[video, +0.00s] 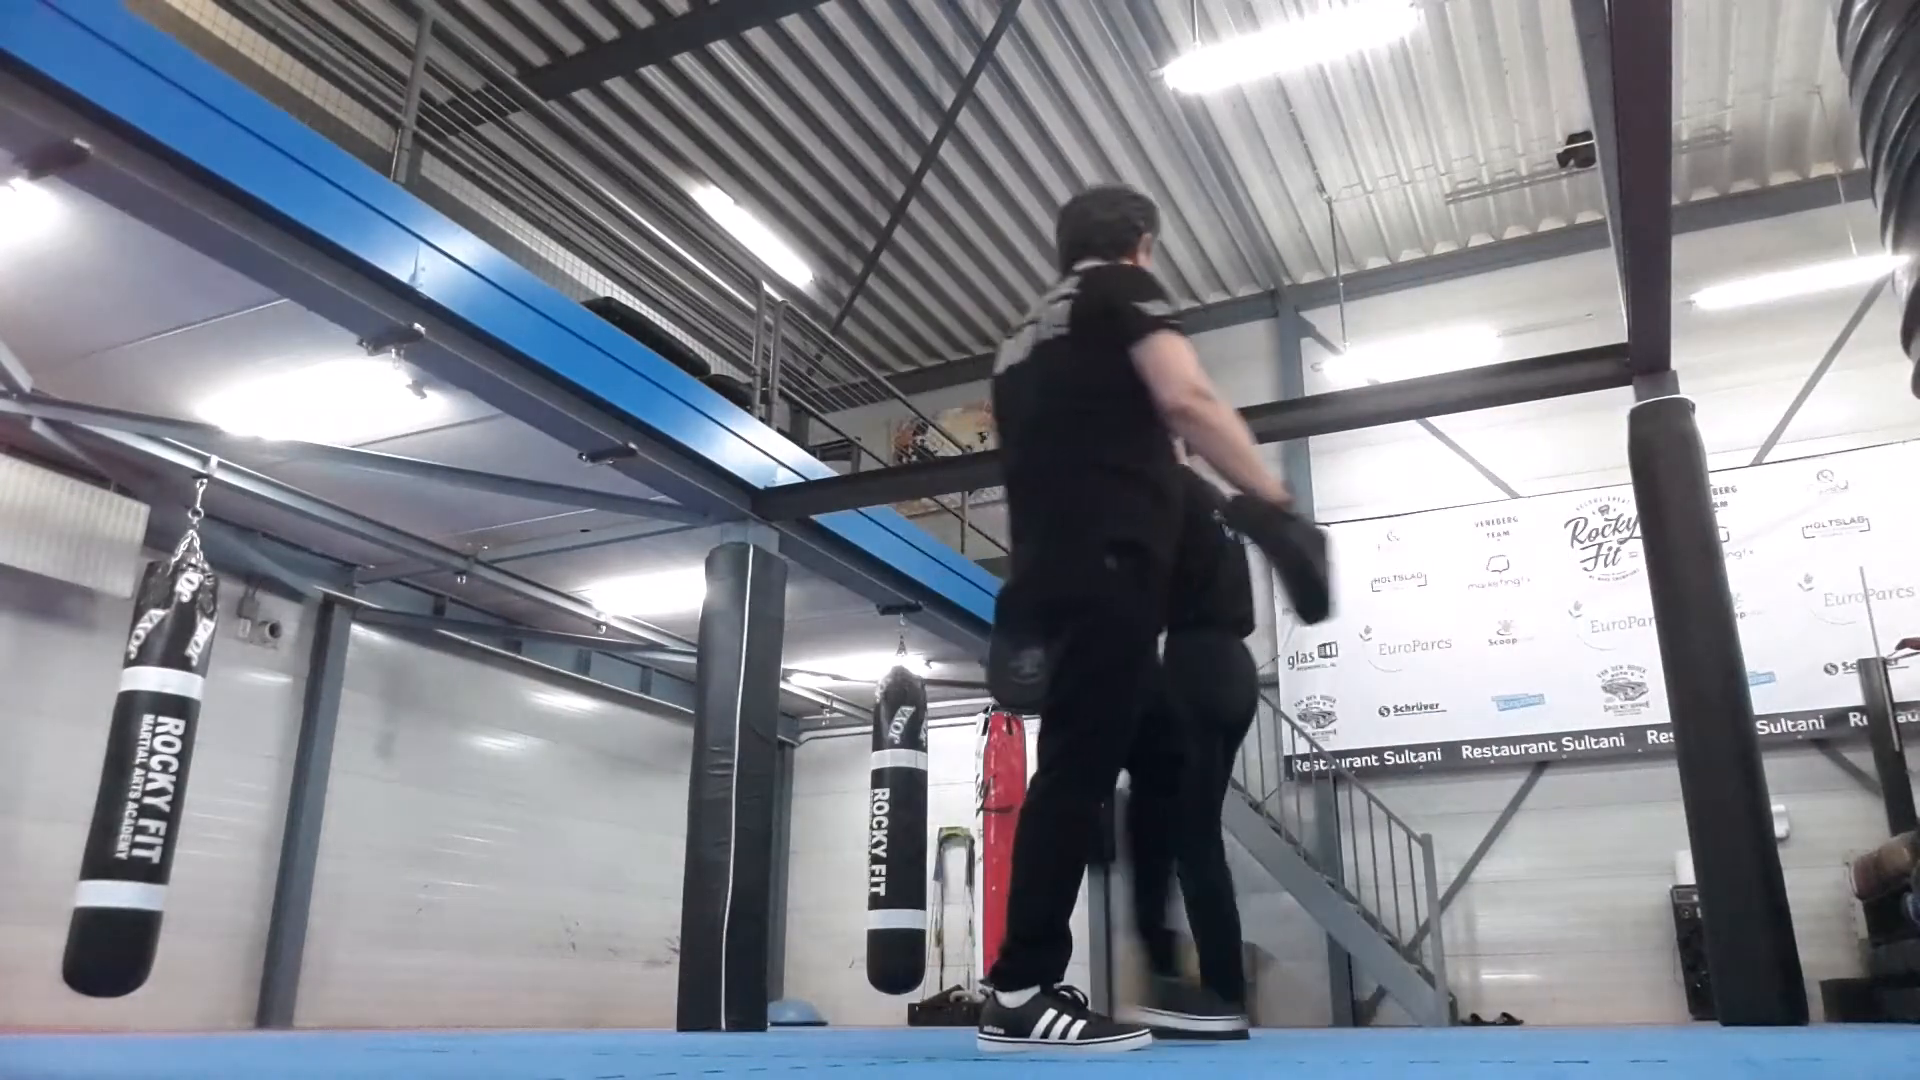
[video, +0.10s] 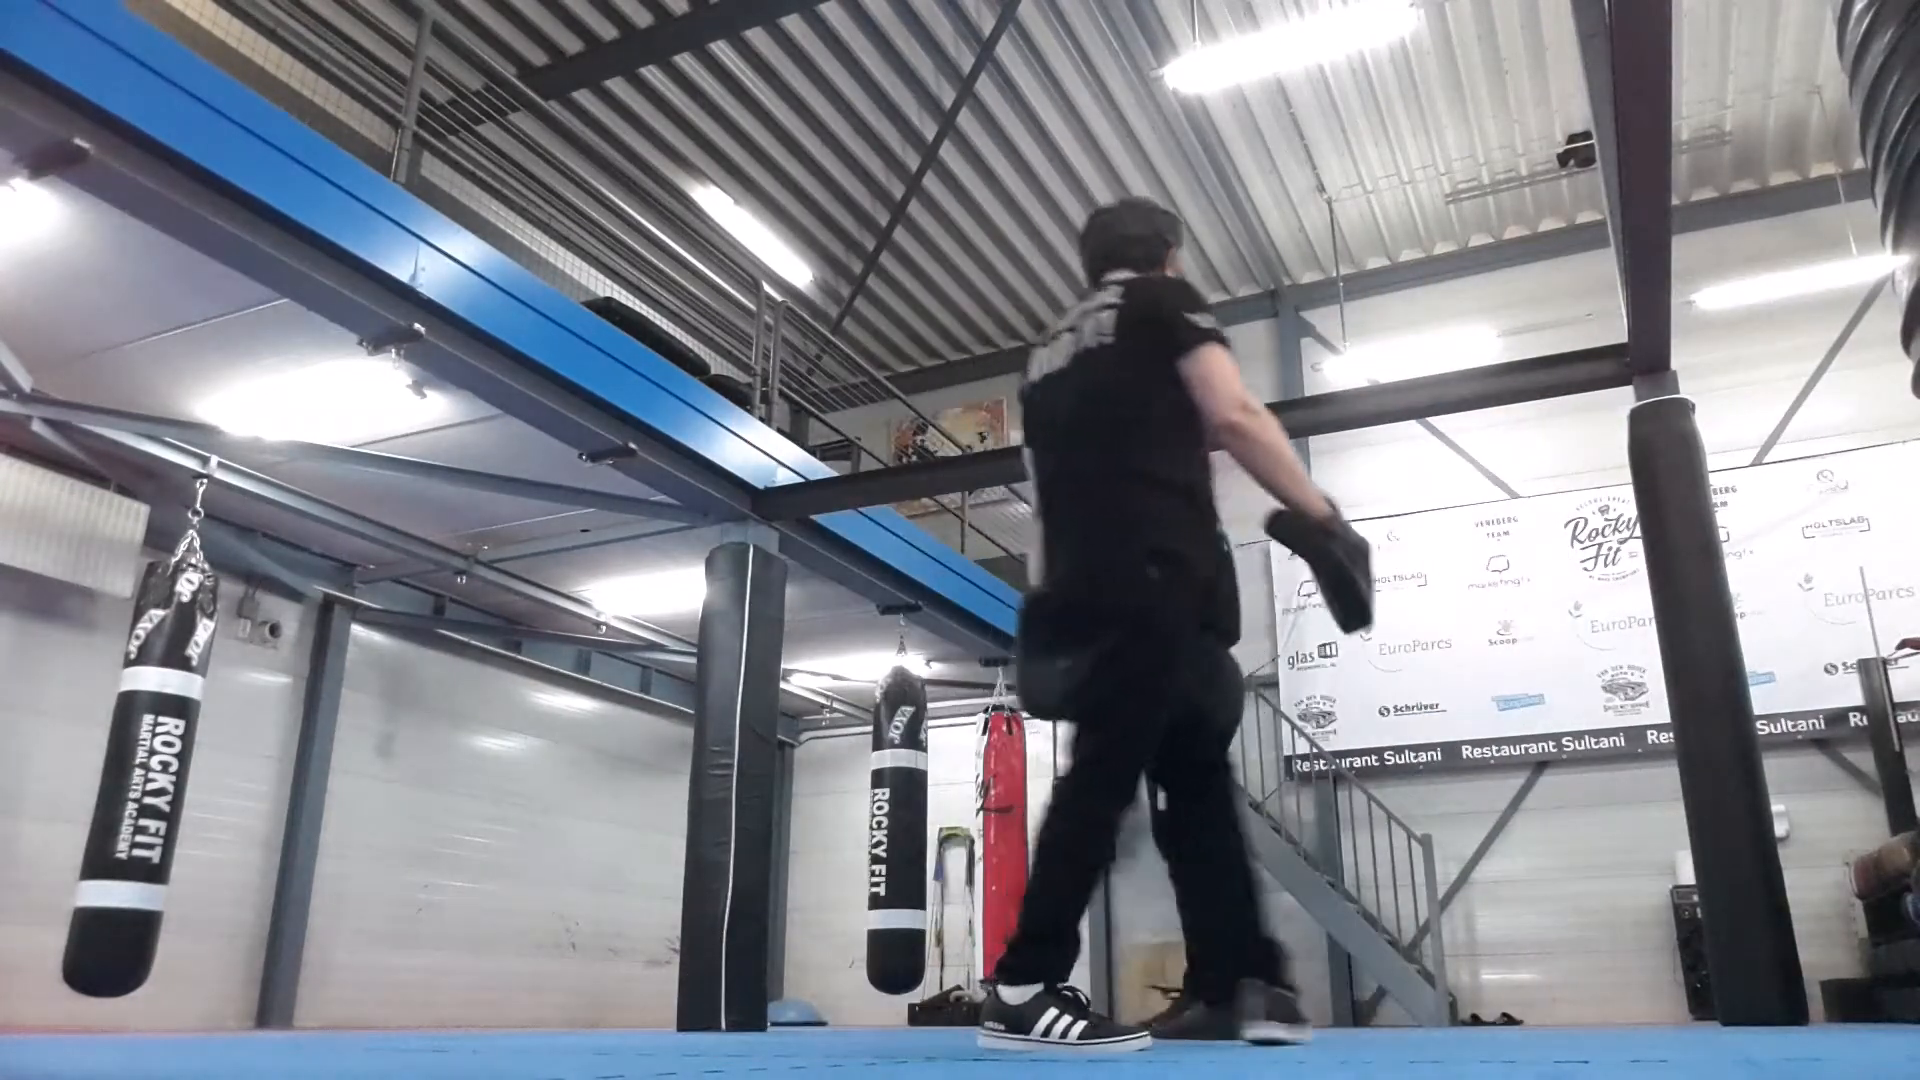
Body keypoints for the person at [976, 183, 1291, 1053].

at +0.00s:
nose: (1157, 264)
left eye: (1154, 251)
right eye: (1155, 250)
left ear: (1068, 251)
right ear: (1134, 247)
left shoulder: (1017, 345)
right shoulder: (1120, 295)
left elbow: (1046, 463)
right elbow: (1190, 403)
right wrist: (1273, 502)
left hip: (1046, 579)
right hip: (1111, 580)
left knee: (1163, 755)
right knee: (1070, 779)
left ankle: (1164, 958)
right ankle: (1022, 989)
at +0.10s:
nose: (1184, 272)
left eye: (1179, 260)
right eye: (1181, 259)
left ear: (1091, 268)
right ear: (1164, 258)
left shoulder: (1045, 359)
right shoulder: (1157, 303)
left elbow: (1048, 492)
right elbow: (1234, 419)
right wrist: (1317, 511)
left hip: (1088, 600)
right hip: (1164, 595)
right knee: (1098, 789)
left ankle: (1241, 983)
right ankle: (1024, 983)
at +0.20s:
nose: (1206, 290)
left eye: (1201, 280)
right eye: (1202, 279)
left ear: (1114, 288)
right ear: (1187, 277)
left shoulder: (1072, 372)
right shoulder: (1192, 318)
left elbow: (1068, 517)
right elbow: (1270, 434)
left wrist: (1071, 626)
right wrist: (1352, 539)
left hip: (1124, 599)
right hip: (1200, 584)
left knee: (1230, 782)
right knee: (1187, 786)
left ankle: (1277, 997)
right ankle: (1056, 957)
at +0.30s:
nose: (1215, 295)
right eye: (1210, 285)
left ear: (1126, 305)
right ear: (1204, 287)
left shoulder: (1094, 387)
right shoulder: (1228, 327)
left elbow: (1096, 535)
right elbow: (1300, 444)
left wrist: (1104, 645)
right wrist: (1370, 549)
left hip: (1147, 614)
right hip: (1241, 596)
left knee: (1236, 798)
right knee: (1305, 780)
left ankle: (1279, 993)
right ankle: (1145, 893)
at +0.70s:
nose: (1197, 343)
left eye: (1197, 333)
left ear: (1207, 331)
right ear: (1281, 320)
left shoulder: (1188, 393)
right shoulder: (1346, 373)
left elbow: (1154, 517)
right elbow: (1413, 484)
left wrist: (1134, 630)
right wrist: (1446, 595)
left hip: (1229, 628)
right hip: (1340, 616)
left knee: (1250, 801)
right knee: (1387, 802)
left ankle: (1270, 978)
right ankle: (1447, 994)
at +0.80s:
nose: (1205, 352)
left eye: (1204, 341)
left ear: (1215, 338)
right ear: (1286, 326)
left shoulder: (1197, 393)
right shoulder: (1356, 387)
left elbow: (1160, 514)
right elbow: (1414, 500)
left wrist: (1124, 630)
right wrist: (1428, 613)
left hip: (1232, 630)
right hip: (1348, 624)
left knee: (1215, 796)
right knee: (1391, 808)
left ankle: (1245, 958)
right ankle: (1449, 998)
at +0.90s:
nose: (1193, 348)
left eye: (1191, 338)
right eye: (1196, 339)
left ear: (1204, 333)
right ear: (1271, 322)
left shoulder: (1189, 384)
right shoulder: (1345, 380)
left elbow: (1151, 498)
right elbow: (1394, 499)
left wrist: (1113, 605)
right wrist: (1391, 602)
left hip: (1221, 619)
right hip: (1335, 619)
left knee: (1177, 793)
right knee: (1382, 797)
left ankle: (1153, 975)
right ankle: (1450, 989)